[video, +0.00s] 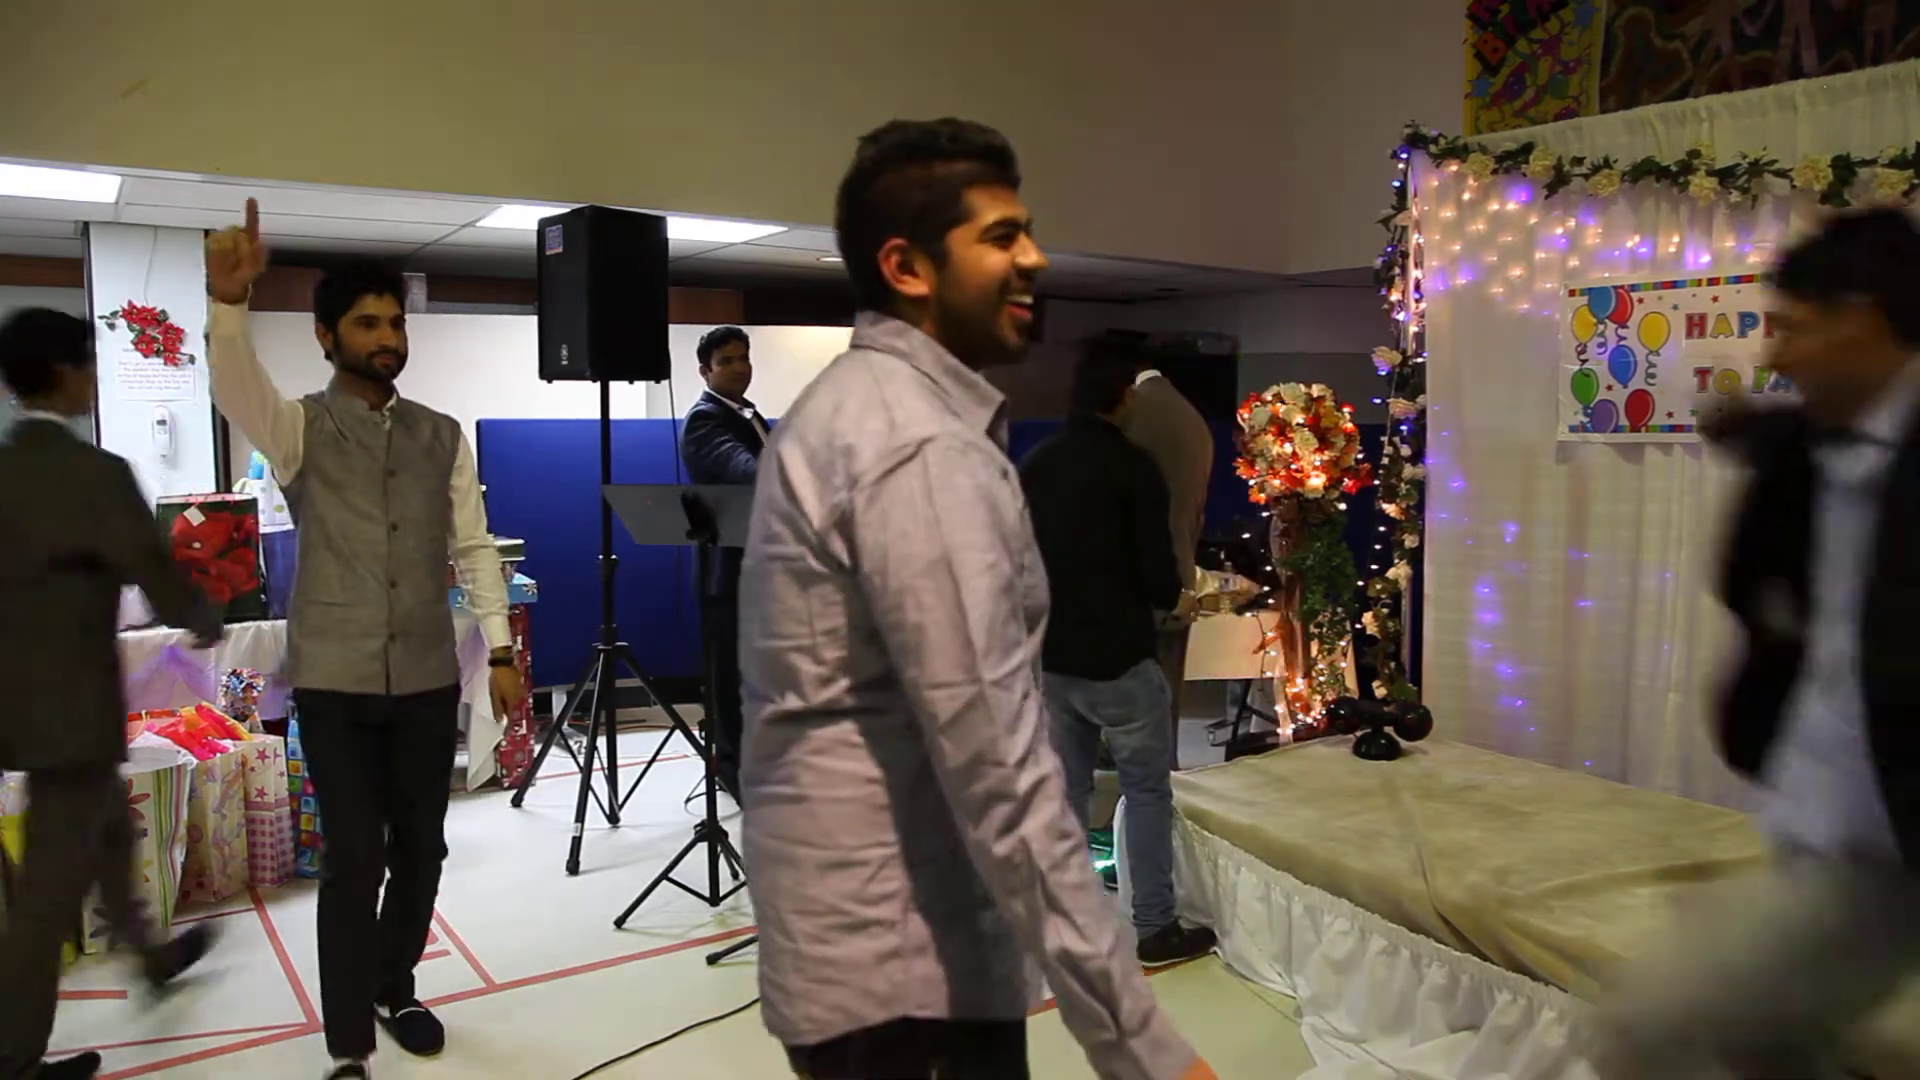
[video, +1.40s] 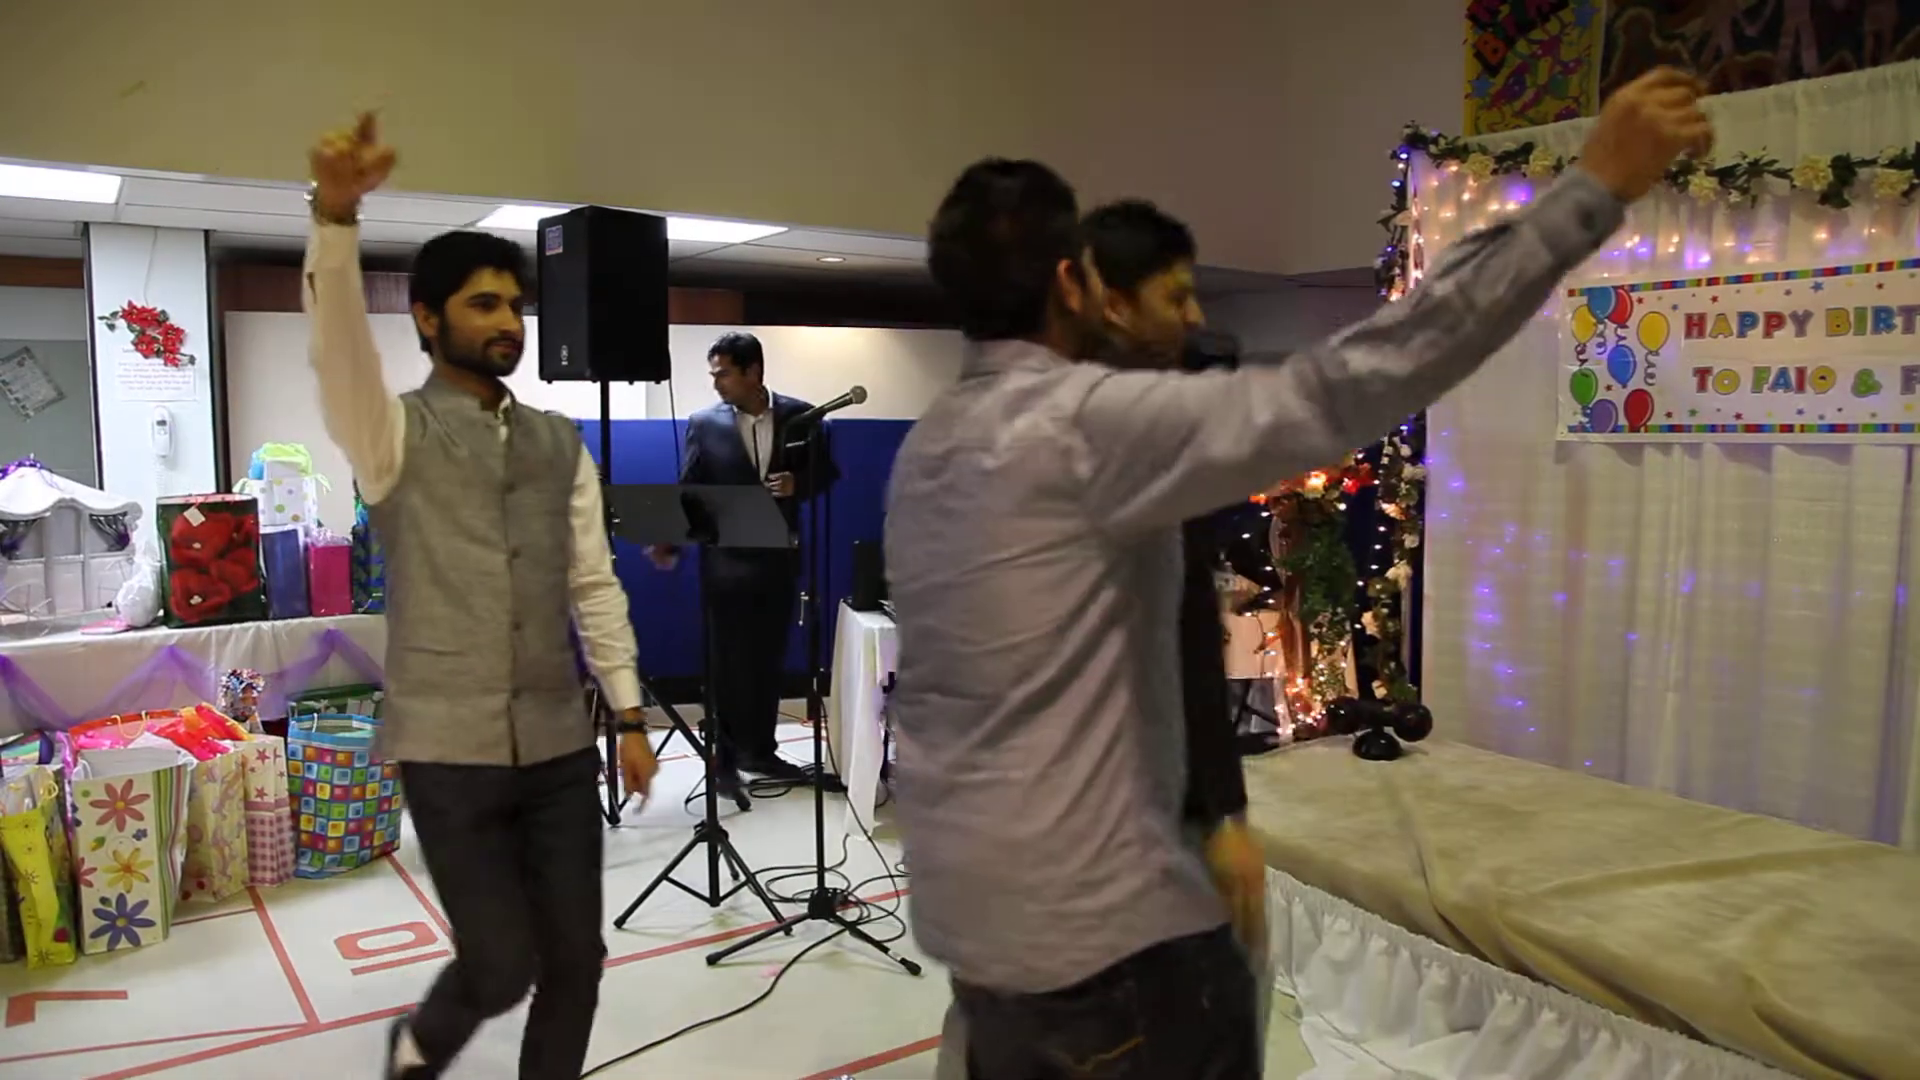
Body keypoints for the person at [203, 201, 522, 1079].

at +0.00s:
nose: (387, 336)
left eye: (395, 323)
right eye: (369, 323)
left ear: (406, 336)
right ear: (328, 334)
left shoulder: (443, 435)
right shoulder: (299, 429)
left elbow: (476, 548)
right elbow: (239, 386)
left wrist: (499, 645)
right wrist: (229, 298)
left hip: (427, 677)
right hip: (334, 680)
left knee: (422, 851)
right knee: (353, 856)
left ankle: (394, 986)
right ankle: (347, 1043)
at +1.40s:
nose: (504, 321)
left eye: (514, 305)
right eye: (481, 304)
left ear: (526, 320)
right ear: (428, 322)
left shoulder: (561, 443)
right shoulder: (395, 438)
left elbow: (594, 584)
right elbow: (339, 347)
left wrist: (628, 712)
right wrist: (334, 215)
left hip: (558, 740)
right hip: (446, 746)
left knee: (575, 961)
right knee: (503, 965)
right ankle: (418, 1051)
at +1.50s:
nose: (518, 323)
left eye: (527, 309)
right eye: (493, 307)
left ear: (536, 325)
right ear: (439, 321)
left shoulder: (574, 449)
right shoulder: (405, 439)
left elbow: (611, 591)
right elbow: (351, 349)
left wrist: (647, 717)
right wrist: (352, 209)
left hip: (573, 752)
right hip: (460, 757)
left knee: (586, 974)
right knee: (523, 969)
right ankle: (470, 1072)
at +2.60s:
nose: (497, 255)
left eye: (504, 238)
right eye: (466, 236)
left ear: (511, 260)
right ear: (401, 257)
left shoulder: (533, 394)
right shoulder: (367, 389)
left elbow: (636, 451)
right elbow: (349, 256)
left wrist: (746, 486)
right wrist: (353, 70)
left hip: (547, 780)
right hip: (430, 794)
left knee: (580, 1035)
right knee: (492, 1060)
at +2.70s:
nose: (496, 261)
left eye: (504, 244)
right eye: (465, 239)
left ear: (511, 265)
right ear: (400, 256)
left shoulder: (525, 404)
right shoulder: (367, 406)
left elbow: (627, 420)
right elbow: (363, 256)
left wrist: (742, 416)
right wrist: (381, 64)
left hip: (553, 799)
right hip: (437, 821)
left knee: (618, 1043)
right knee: (506, 1069)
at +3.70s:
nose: (546, 263)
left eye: (544, 239)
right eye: (518, 233)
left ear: (529, 255)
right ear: (438, 238)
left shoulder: (515, 382)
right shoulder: (386, 403)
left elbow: (605, 315)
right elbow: (421, 219)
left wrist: (693, 210)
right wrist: (470, 8)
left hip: (566, 830)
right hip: (452, 855)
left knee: (647, 1066)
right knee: (465, 1077)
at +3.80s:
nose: (560, 257)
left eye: (557, 231)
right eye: (532, 226)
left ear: (536, 245)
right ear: (450, 231)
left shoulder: (531, 373)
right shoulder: (401, 399)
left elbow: (624, 303)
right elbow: (433, 219)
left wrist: (710, 198)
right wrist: (480, 12)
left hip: (578, 829)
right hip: (466, 853)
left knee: (646, 1067)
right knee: (479, 1076)